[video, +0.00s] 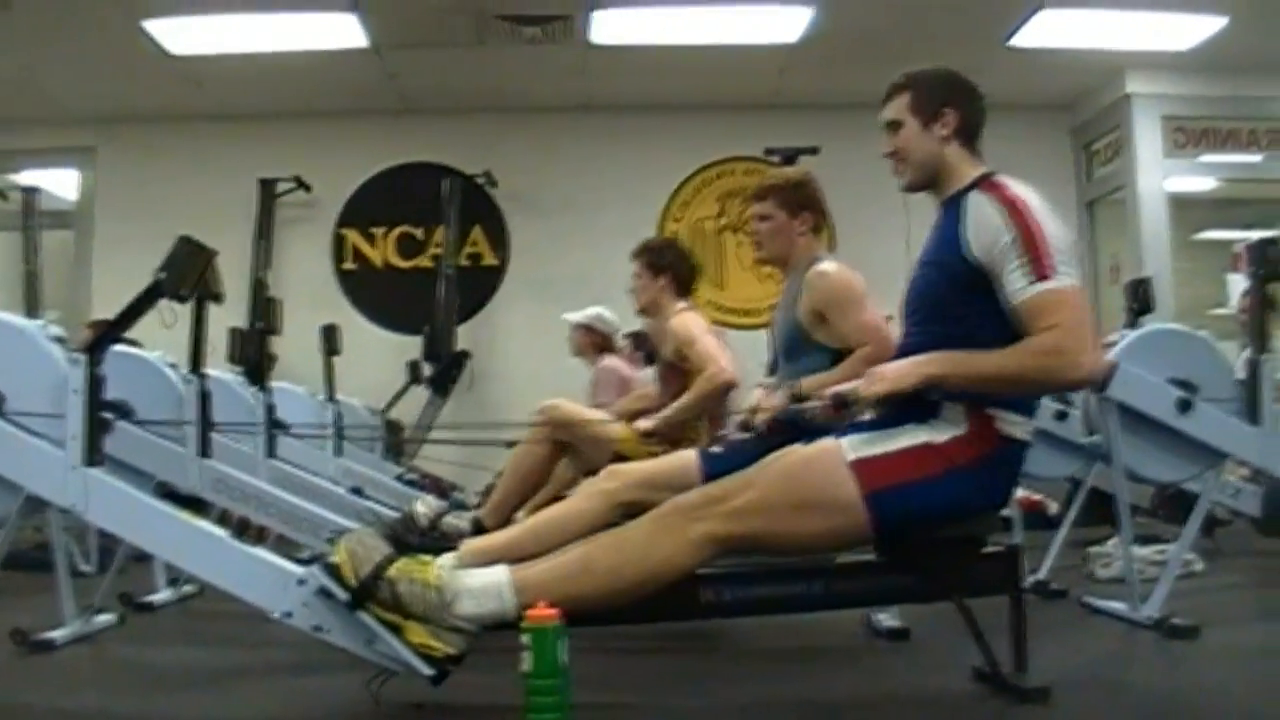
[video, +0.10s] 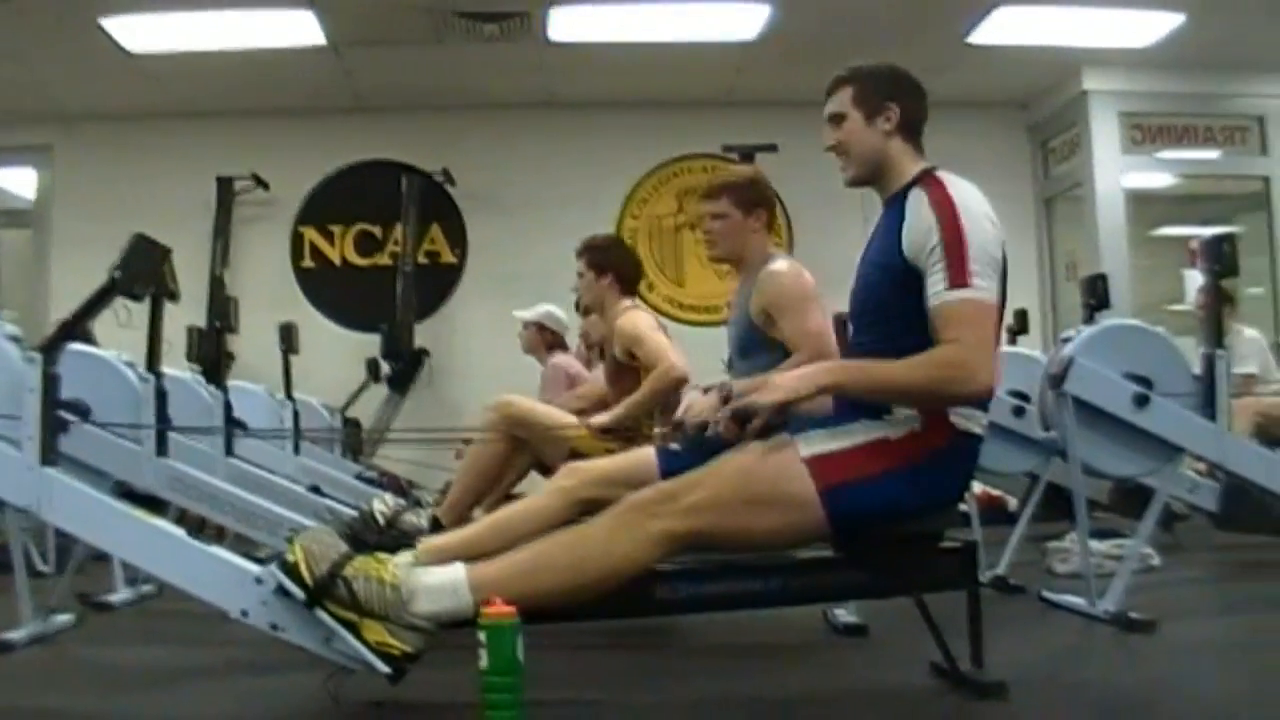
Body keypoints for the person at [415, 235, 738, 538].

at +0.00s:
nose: (631, 287)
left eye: (639, 277)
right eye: (633, 277)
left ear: (664, 281)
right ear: (662, 282)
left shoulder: (683, 324)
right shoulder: (664, 329)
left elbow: (721, 375)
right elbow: (663, 393)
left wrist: (659, 422)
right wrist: (605, 415)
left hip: (681, 450)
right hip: (663, 442)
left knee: (553, 415)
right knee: (571, 450)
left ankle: (486, 521)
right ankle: (496, 522)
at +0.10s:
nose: (576, 285)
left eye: (582, 276)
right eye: (577, 277)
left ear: (607, 280)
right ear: (608, 280)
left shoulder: (631, 321)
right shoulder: (618, 325)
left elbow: (673, 373)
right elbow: (613, 391)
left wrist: (611, 419)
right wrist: (558, 412)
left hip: (625, 453)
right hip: (613, 446)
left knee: (508, 410)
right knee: (517, 430)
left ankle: (443, 520)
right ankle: (454, 522)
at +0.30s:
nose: (549, 302)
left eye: (556, 291)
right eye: (550, 292)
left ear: (584, 294)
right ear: (582, 296)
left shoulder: (608, 335)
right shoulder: (592, 345)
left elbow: (663, 376)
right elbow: (554, 404)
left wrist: (617, 418)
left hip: (620, 455)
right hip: (605, 449)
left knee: (501, 419)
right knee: (499, 422)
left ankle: (442, 532)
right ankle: (445, 523)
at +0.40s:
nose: (542, 302)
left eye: (550, 292)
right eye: (543, 293)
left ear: (579, 295)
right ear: (577, 297)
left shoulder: (602, 338)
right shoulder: (586, 347)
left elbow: (663, 379)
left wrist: (596, 413)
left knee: (499, 418)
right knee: (496, 422)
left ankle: (440, 531)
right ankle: (443, 528)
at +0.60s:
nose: (471, 342)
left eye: (477, 333)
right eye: (471, 334)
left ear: (497, 334)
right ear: (499, 335)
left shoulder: (526, 367)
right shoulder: (525, 364)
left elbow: (474, 424)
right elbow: (480, 421)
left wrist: (418, 462)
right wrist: (424, 461)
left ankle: (432, 526)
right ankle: (433, 524)